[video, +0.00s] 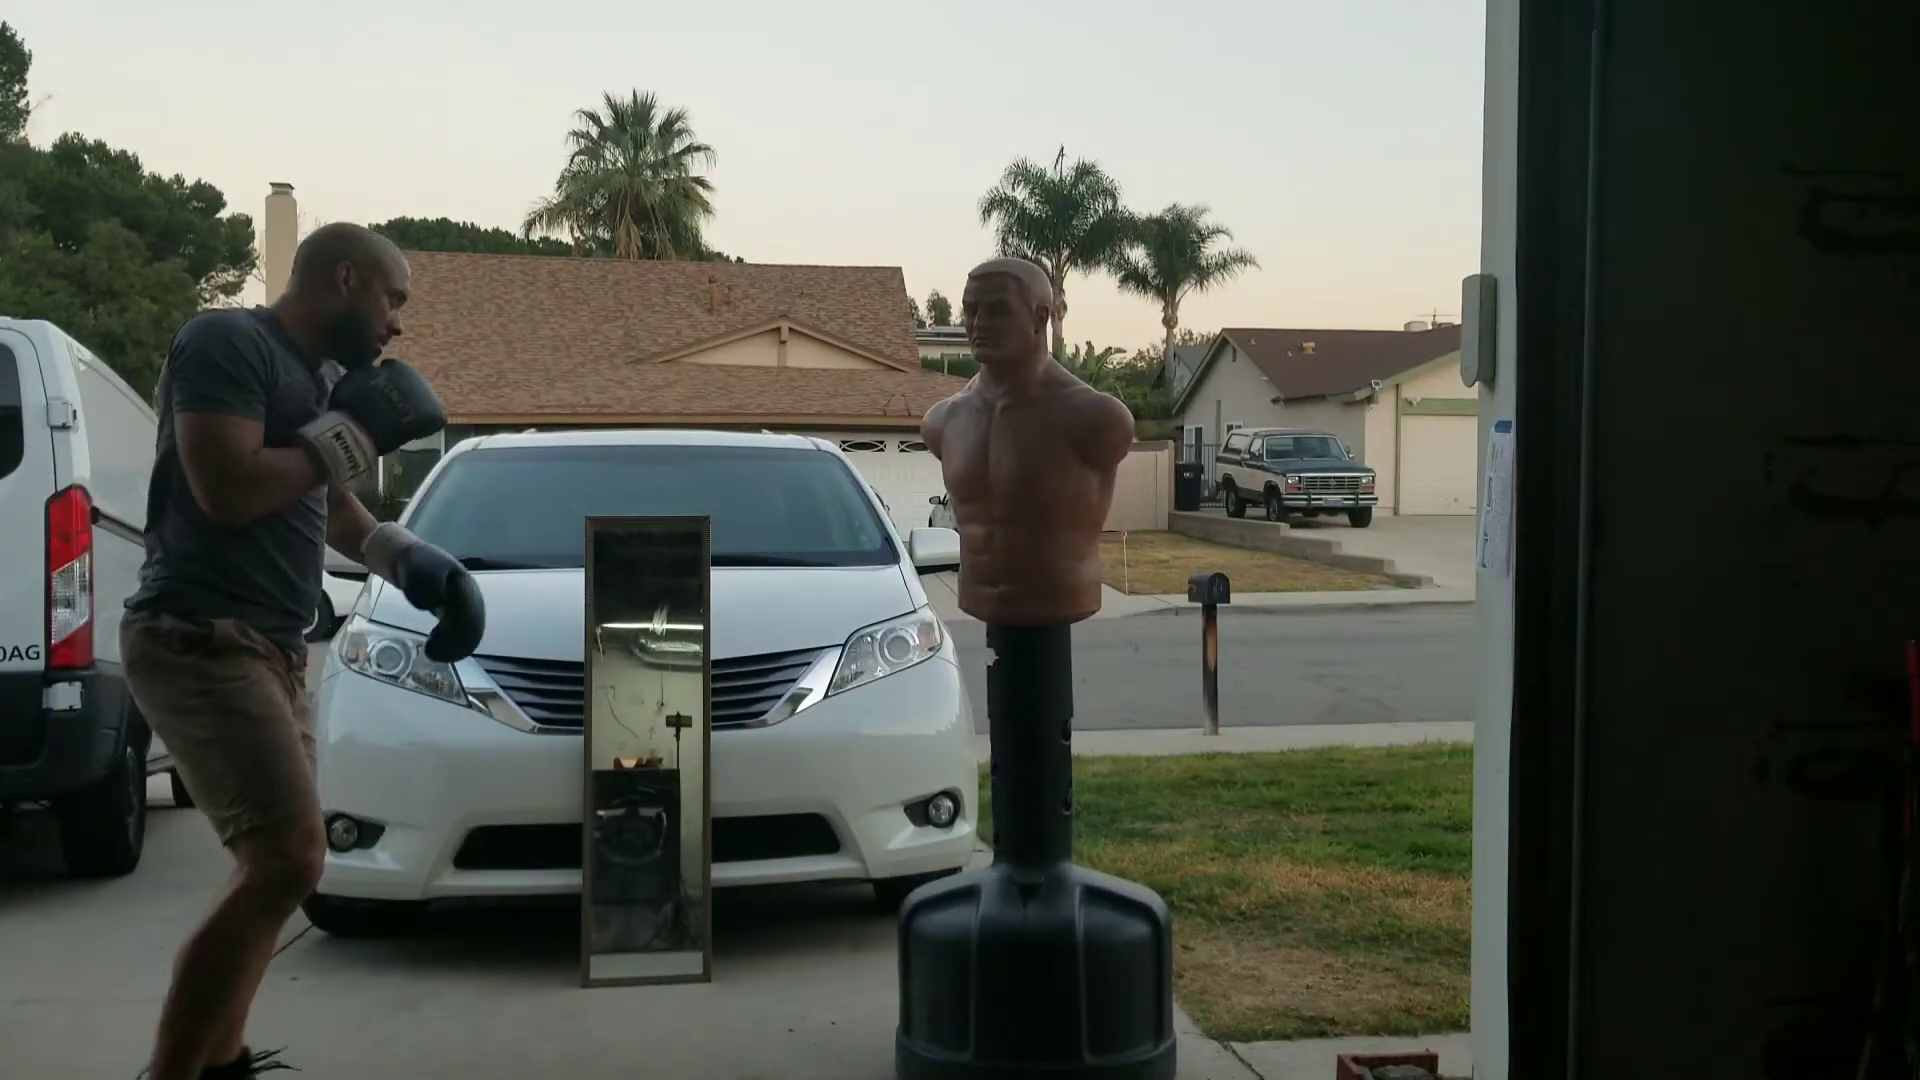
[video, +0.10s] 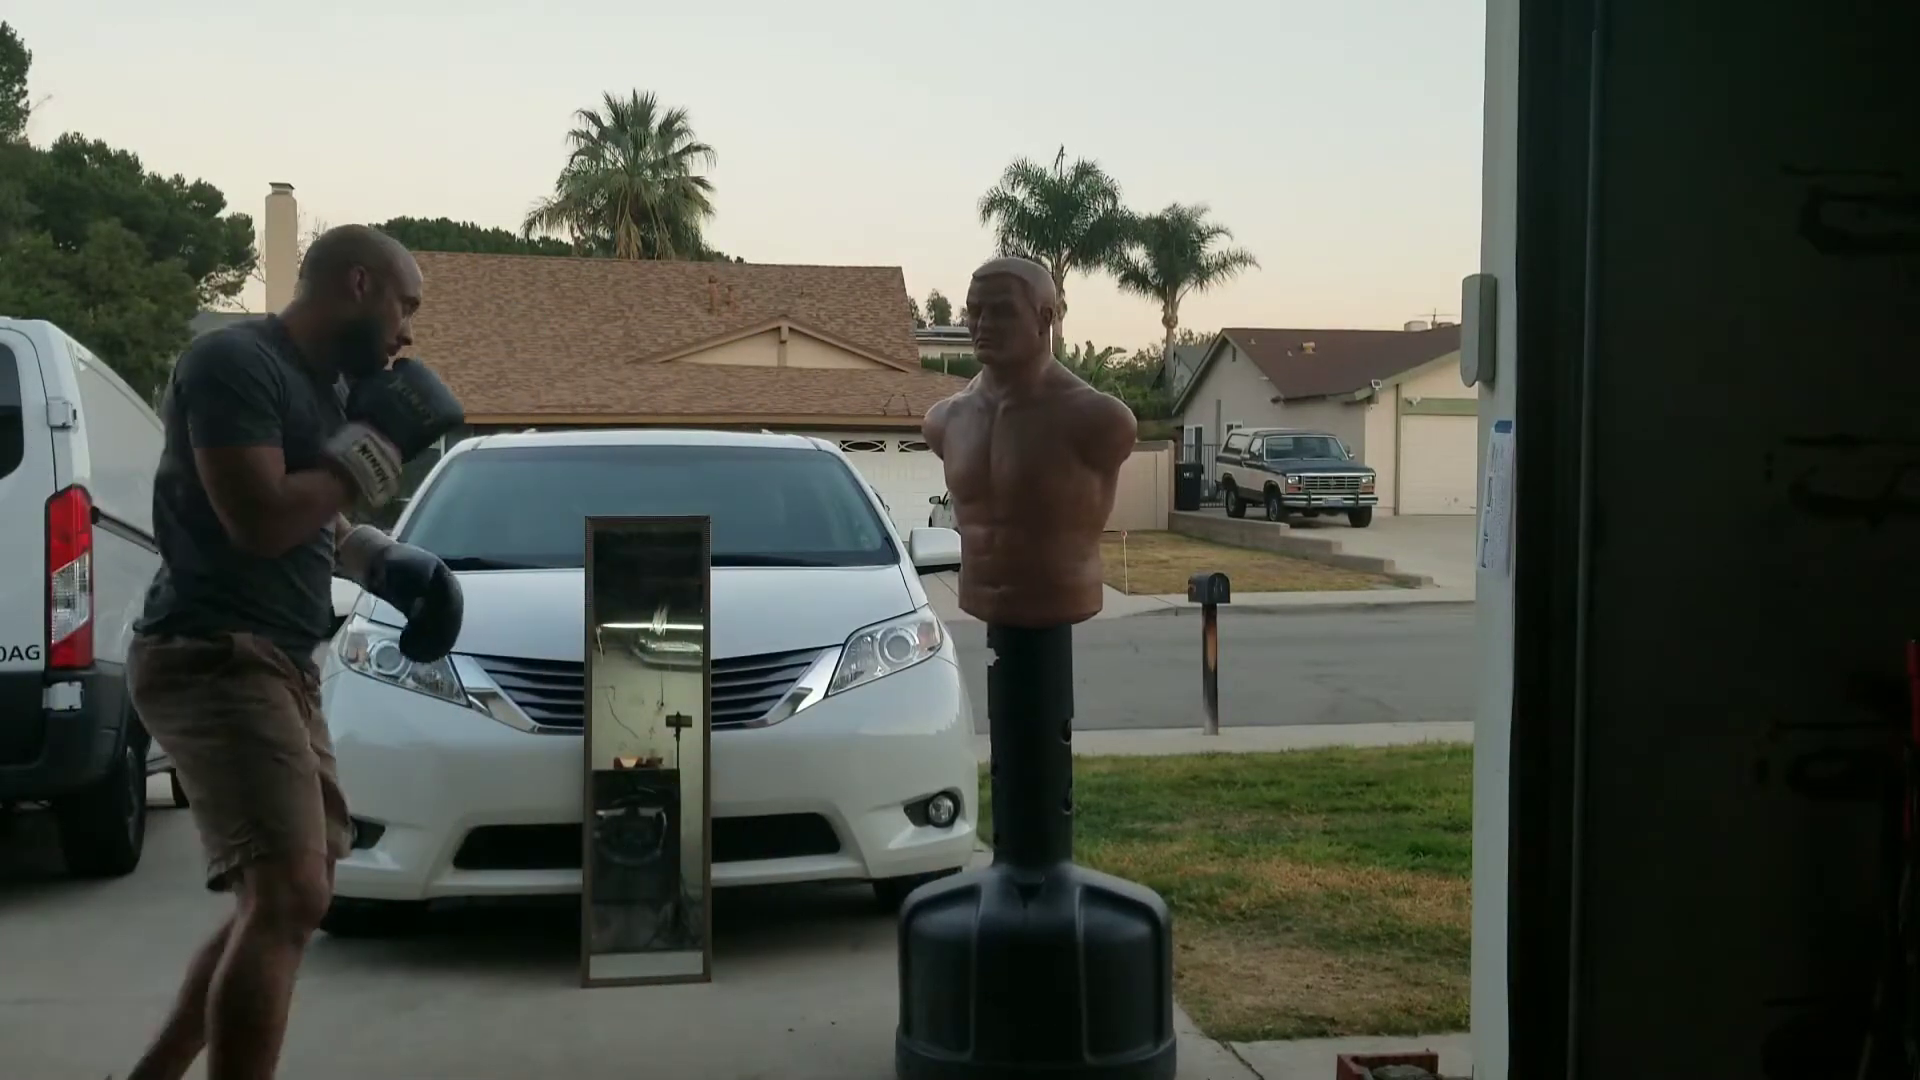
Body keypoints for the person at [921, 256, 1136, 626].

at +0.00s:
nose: (977, 323)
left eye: (997, 309)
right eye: (970, 310)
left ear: (1040, 317)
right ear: (963, 315)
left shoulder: (1097, 419)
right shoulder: (943, 422)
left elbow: (1080, 529)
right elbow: (980, 521)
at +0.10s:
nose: (981, 324)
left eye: (1001, 311)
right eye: (974, 311)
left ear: (1046, 317)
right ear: (966, 316)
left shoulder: (1101, 420)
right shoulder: (944, 421)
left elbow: (1083, 527)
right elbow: (980, 519)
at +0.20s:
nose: (982, 325)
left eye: (1002, 312)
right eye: (975, 312)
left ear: (1048, 318)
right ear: (967, 316)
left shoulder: (1101, 421)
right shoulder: (945, 421)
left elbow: (1083, 528)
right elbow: (981, 520)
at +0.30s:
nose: (980, 324)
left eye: (1000, 311)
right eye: (973, 311)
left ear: (1043, 317)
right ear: (965, 315)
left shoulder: (1099, 420)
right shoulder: (943, 422)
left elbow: (1081, 528)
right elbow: (979, 520)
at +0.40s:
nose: (980, 324)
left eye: (1000, 311)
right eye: (973, 311)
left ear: (1044, 317)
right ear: (965, 315)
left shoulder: (1100, 420)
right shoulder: (944, 422)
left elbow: (1081, 528)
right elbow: (978, 520)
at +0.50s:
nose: (982, 325)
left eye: (1001, 311)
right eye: (975, 311)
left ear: (1045, 317)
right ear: (966, 315)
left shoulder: (1100, 420)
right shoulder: (944, 422)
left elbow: (1081, 529)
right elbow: (980, 520)